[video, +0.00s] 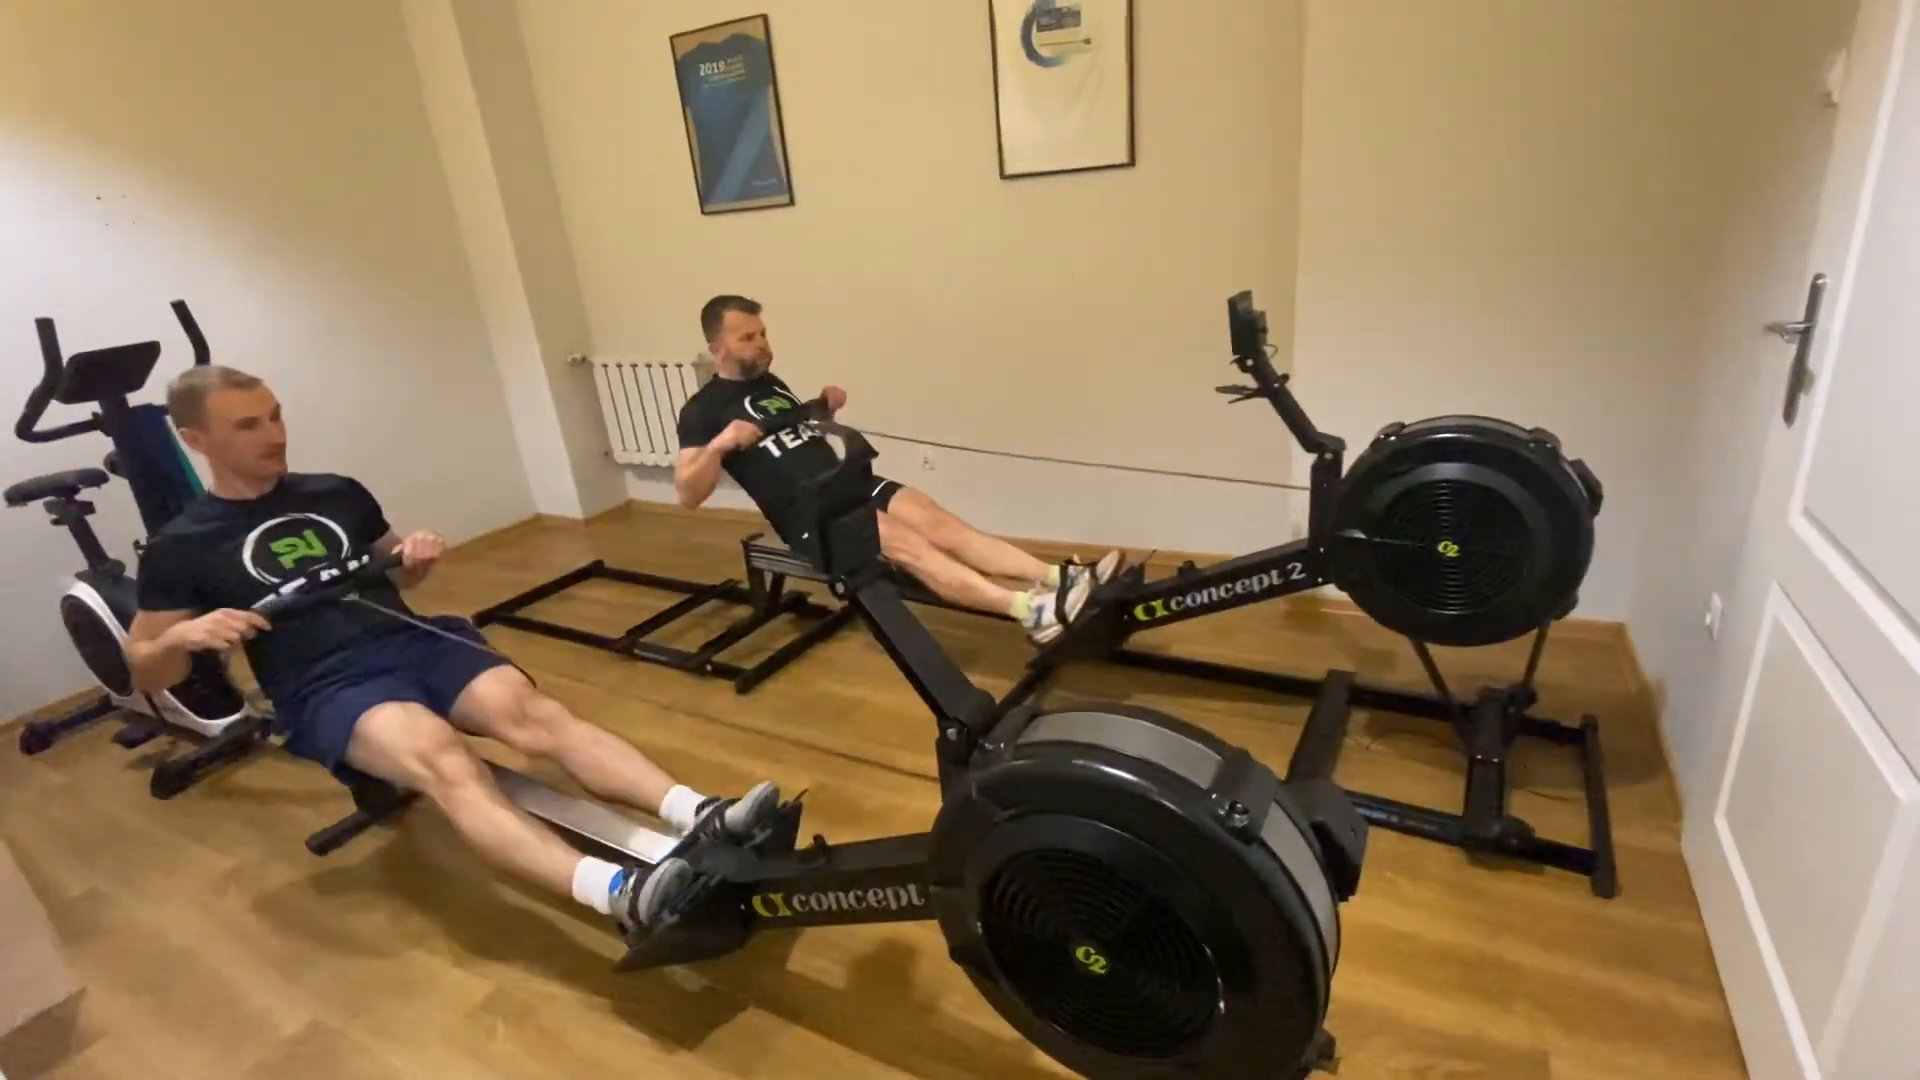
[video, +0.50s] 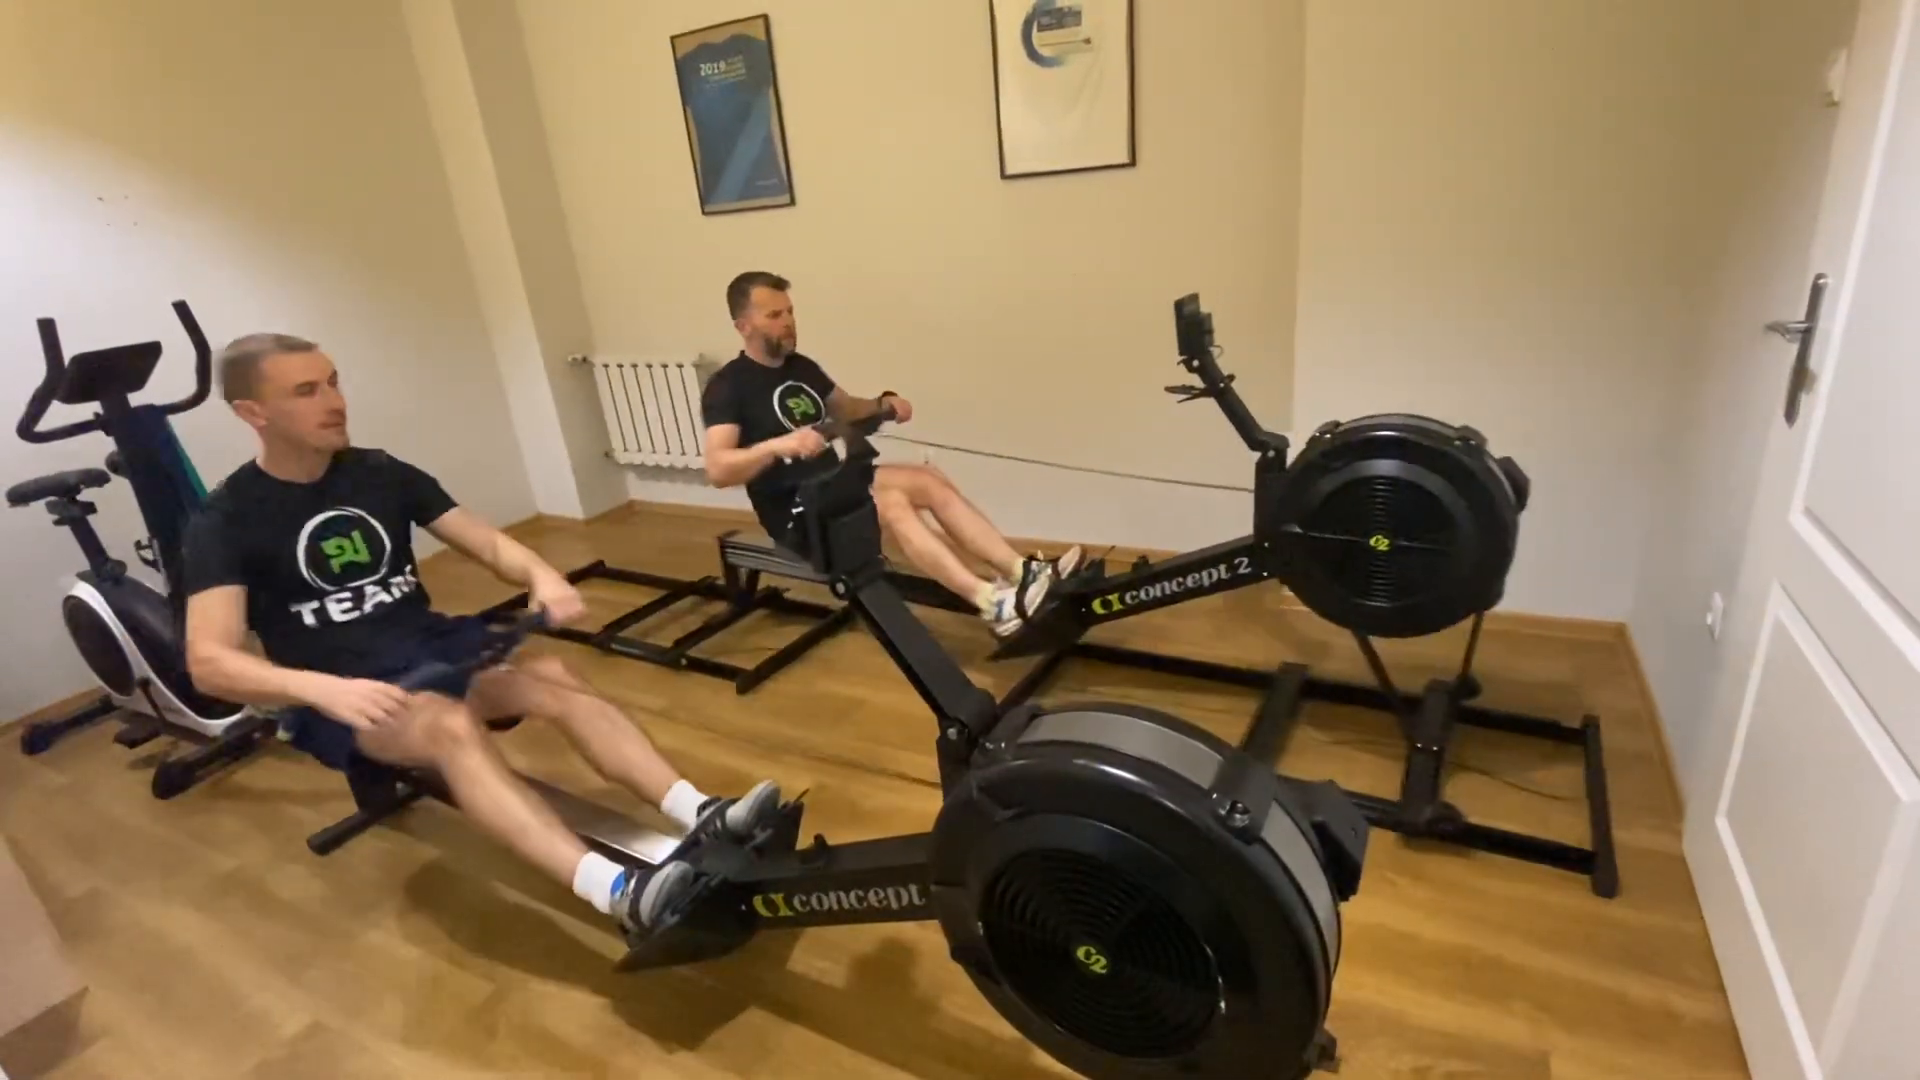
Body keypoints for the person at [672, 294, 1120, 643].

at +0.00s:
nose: (763, 347)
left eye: (763, 335)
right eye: (750, 338)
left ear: (760, 333)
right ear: (716, 346)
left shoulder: (769, 383)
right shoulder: (701, 410)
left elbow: (796, 432)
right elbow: (687, 492)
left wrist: (821, 408)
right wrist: (718, 446)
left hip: (856, 485)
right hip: (816, 517)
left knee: (940, 522)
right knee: (910, 548)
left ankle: (1061, 579)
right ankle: (1030, 611)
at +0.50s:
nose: (789, 323)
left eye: (789, 312)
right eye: (776, 315)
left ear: (791, 312)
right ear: (743, 324)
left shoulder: (800, 365)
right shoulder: (726, 387)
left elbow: (843, 411)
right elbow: (718, 468)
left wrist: (879, 408)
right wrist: (778, 446)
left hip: (844, 485)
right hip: (798, 510)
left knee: (928, 481)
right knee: (891, 504)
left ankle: (1023, 575)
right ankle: (993, 604)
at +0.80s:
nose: (811, 320)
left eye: (811, 309)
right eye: (798, 313)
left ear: (814, 307)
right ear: (764, 324)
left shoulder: (821, 365)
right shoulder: (748, 381)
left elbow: (879, 407)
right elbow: (754, 462)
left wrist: (925, 412)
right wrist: (819, 458)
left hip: (847, 484)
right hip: (794, 503)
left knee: (927, 463)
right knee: (881, 479)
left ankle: (990, 566)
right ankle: (953, 594)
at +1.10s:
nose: (835, 328)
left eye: (836, 316)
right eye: (821, 320)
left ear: (840, 313)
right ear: (789, 330)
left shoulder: (845, 368)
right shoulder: (768, 384)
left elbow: (908, 406)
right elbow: (795, 458)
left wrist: (963, 422)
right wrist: (868, 474)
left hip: (846, 487)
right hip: (791, 510)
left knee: (911, 441)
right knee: (863, 487)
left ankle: (957, 561)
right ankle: (920, 583)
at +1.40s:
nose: (857, 331)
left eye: (857, 320)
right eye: (843, 323)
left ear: (861, 319)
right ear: (808, 335)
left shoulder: (867, 371)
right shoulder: (791, 390)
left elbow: (941, 405)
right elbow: (842, 453)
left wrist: (1002, 429)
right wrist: (923, 480)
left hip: (848, 499)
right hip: (793, 517)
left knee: (913, 425)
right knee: (837, 457)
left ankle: (938, 551)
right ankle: (883, 573)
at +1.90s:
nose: (849, 324)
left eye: (848, 314)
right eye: (835, 318)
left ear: (852, 312)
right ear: (803, 333)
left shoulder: (857, 370)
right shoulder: (788, 391)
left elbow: (933, 405)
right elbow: (856, 443)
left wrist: (998, 422)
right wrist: (933, 466)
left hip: (845, 488)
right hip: (790, 508)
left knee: (919, 440)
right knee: (849, 478)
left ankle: (968, 561)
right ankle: (924, 587)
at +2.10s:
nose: (806, 315)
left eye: (807, 303)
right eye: (792, 307)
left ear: (811, 302)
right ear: (759, 316)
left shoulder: (821, 360)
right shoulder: (749, 377)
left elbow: (885, 395)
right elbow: (807, 429)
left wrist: (947, 407)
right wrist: (876, 445)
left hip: (844, 479)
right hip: (791, 503)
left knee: (932, 476)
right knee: (872, 508)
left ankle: (1013, 570)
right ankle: (975, 600)